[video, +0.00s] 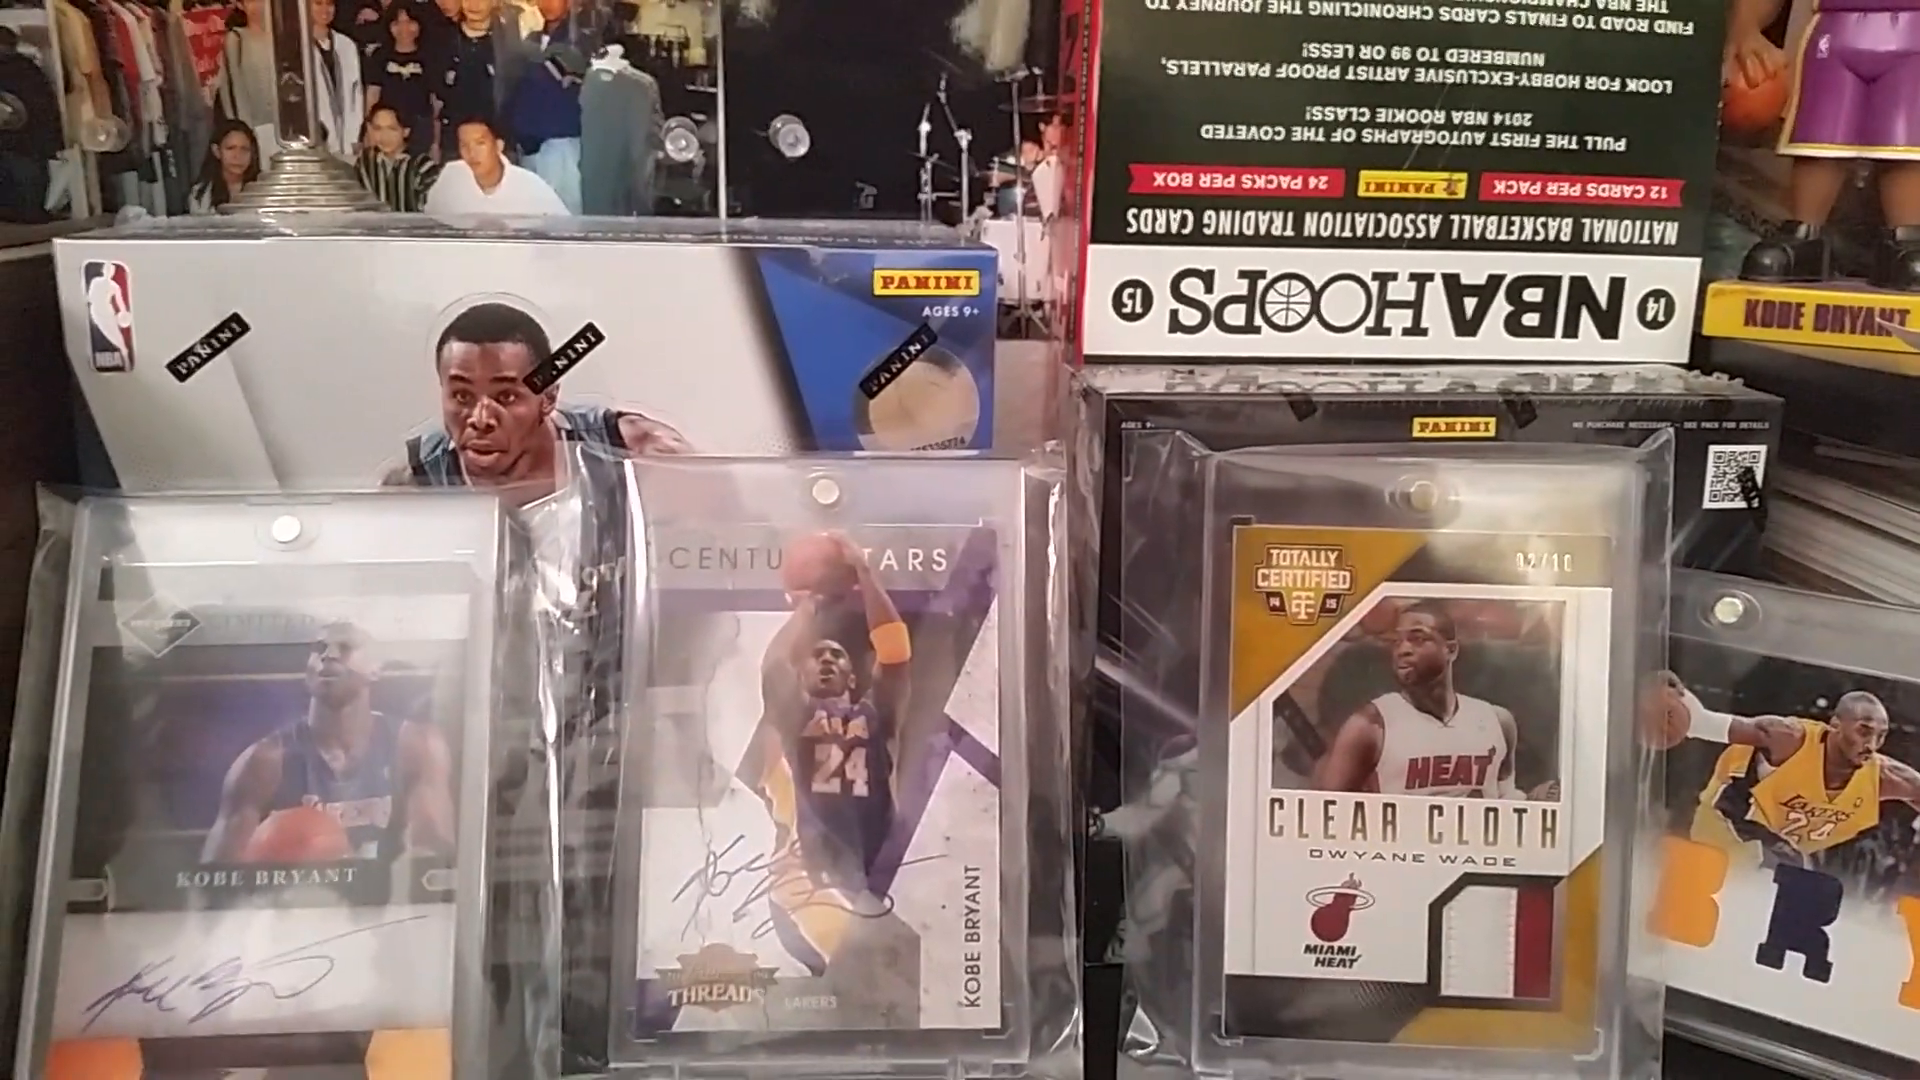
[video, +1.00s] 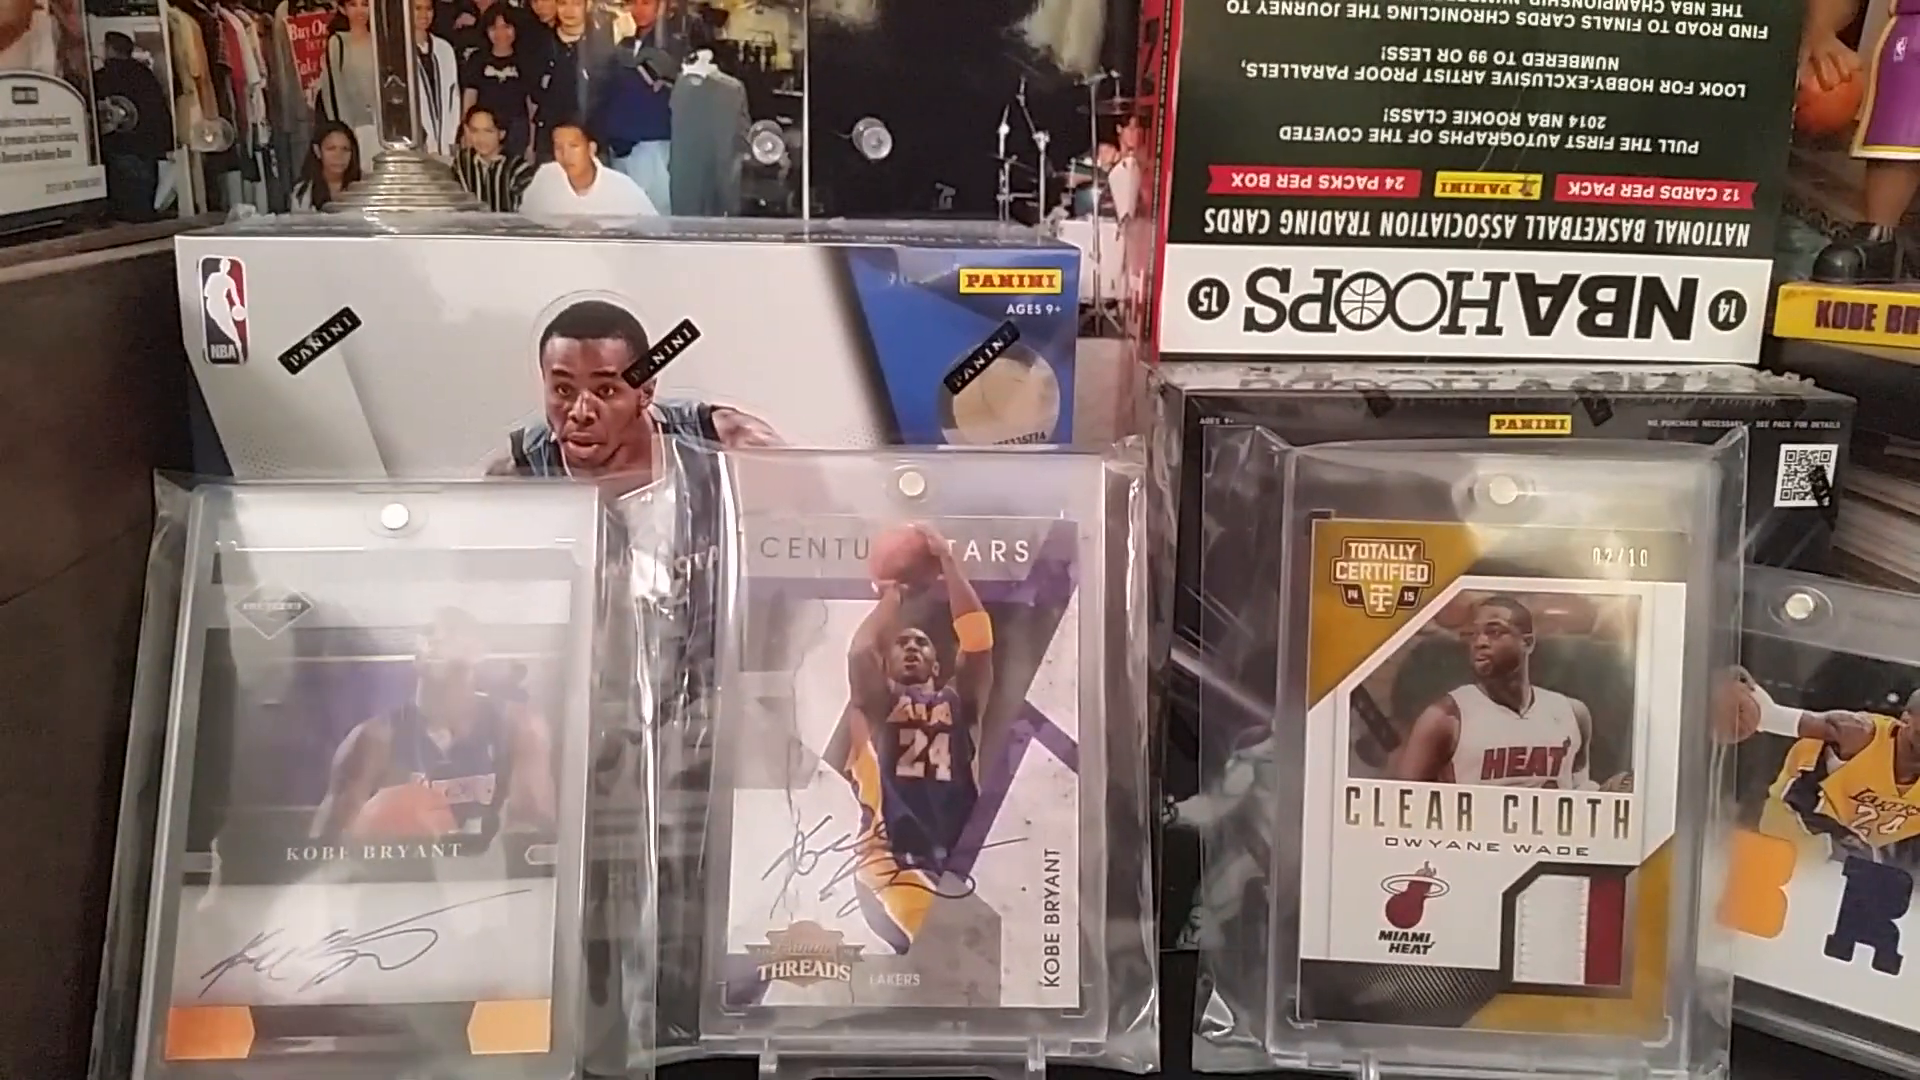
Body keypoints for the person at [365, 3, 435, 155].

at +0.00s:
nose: (404, 28)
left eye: (410, 22)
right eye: (398, 23)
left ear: (418, 28)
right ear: (392, 28)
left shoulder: (429, 58)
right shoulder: (380, 56)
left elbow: (436, 101)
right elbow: (373, 94)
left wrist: (436, 142)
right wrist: (370, 131)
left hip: (420, 127)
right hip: (387, 129)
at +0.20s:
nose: (420, 28)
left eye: (427, 21)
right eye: (414, 23)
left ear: (435, 27)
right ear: (408, 28)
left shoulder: (446, 56)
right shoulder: (398, 55)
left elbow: (453, 99)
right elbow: (390, 93)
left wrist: (453, 140)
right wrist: (389, 130)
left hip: (437, 125)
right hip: (405, 126)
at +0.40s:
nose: (427, 29)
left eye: (432, 23)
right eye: (420, 24)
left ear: (441, 28)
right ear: (414, 29)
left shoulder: (451, 59)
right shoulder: (403, 57)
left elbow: (459, 101)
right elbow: (395, 95)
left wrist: (458, 142)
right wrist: (392, 132)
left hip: (442, 128)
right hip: (410, 129)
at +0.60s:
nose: (446, 27)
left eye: (453, 22)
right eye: (447, 22)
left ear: (469, 26)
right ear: (445, 25)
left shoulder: (483, 58)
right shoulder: (435, 56)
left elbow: (490, 100)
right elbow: (425, 93)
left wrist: (489, 141)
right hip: (439, 128)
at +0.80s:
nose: (507, 29)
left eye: (507, 25)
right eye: (501, 25)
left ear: (511, 28)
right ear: (486, 31)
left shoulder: (520, 59)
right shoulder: (474, 58)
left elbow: (528, 100)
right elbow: (467, 94)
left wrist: (528, 144)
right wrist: (462, 127)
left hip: (513, 128)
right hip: (481, 128)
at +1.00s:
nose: (500, 33)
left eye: (506, 27)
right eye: (494, 28)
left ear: (514, 31)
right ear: (488, 33)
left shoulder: (525, 62)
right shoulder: (477, 60)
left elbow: (532, 103)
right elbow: (470, 98)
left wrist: (531, 144)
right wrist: (467, 133)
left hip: (516, 129)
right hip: (484, 130)